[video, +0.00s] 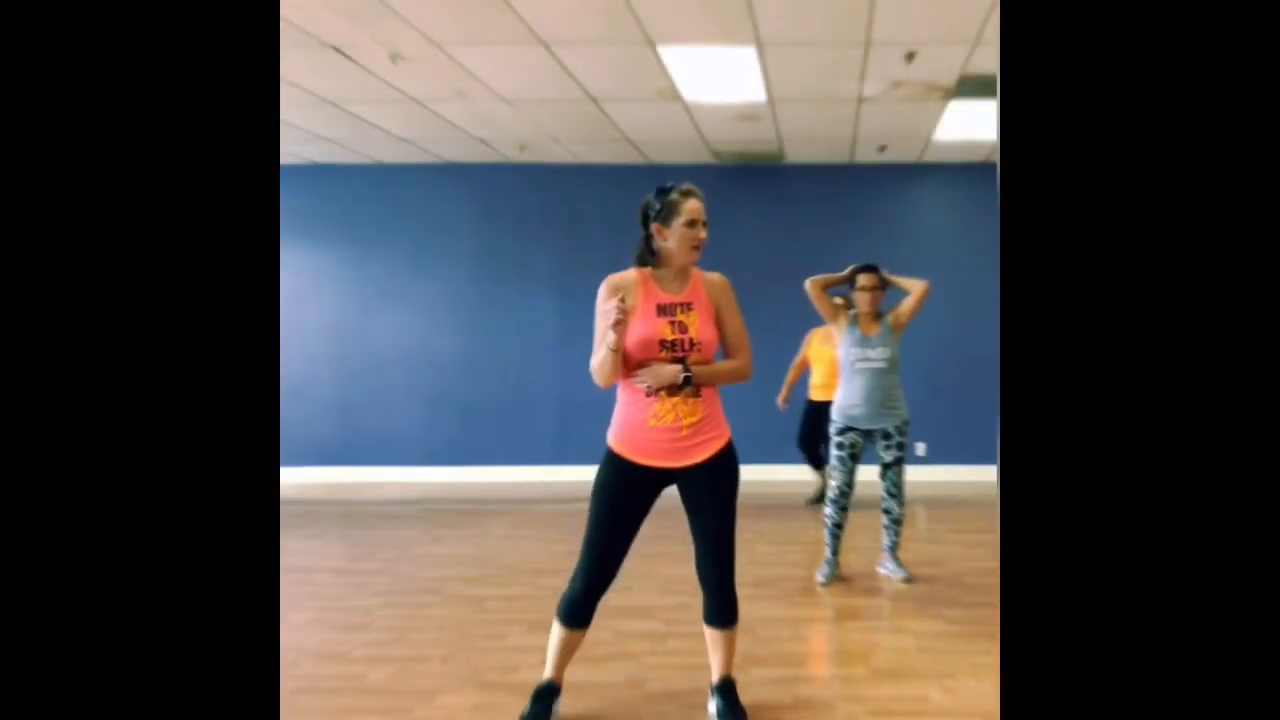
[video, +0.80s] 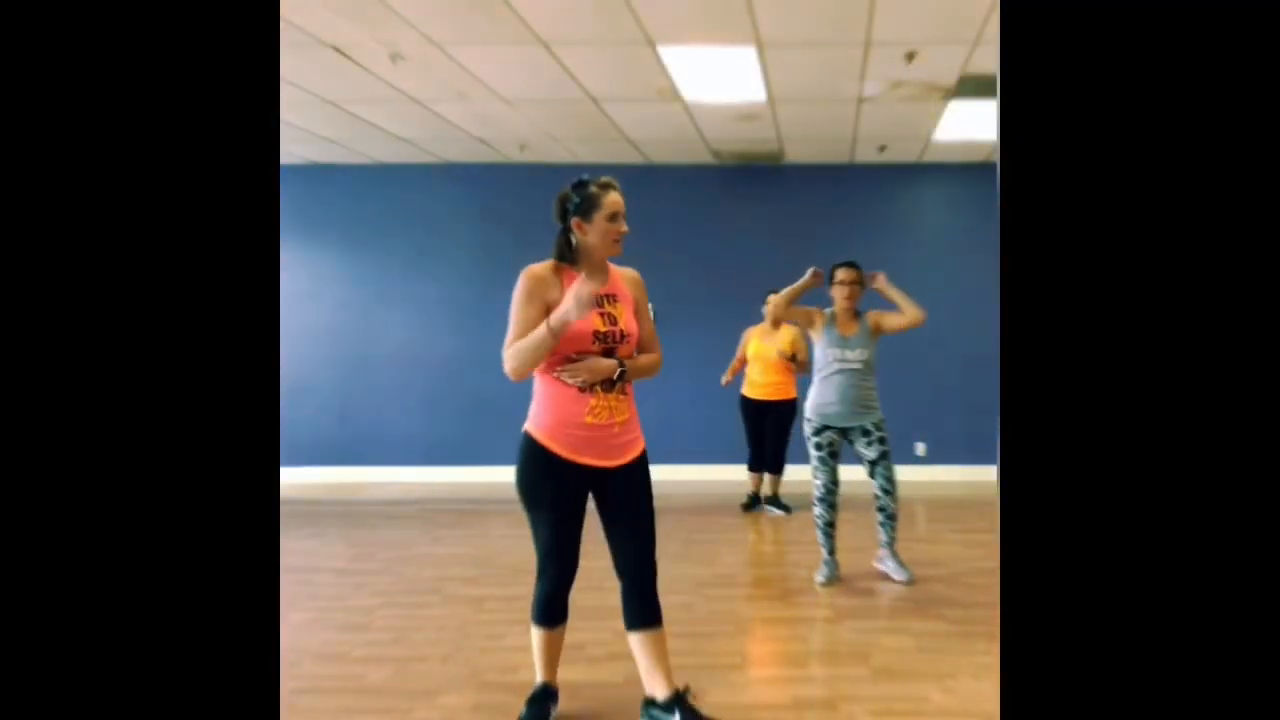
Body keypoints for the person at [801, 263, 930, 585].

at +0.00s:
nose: (869, 295)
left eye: (875, 289)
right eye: (863, 289)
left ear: (883, 293)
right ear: (852, 294)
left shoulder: (892, 324)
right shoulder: (840, 321)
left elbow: (922, 288)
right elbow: (811, 285)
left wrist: (890, 279)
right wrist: (844, 277)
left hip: (889, 417)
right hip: (847, 417)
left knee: (893, 492)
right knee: (839, 490)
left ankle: (889, 557)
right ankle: (830, 560)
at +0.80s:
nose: (847, 290)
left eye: (853, 284)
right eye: (841, 284)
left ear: (862, 289)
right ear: (831, 289)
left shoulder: (872, 322)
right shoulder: (817, 319)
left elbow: (916, 317)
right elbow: (775, 309)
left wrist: (885, 287)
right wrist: (806, 283)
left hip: (865, 417)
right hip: (822, 418)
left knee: (886, 483)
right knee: (825, 490)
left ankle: (887, 554)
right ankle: (828, 560)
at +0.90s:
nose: (851, 288)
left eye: (857, 283)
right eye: (845, 283)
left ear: (866, 289)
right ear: (835, 289)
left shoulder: (878, 323)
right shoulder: (822, 322)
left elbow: (922, 337)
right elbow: (776, 331)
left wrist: (903, 299)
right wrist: (796, 294)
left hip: (870, 418)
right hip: (827, 418)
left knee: (890, 486)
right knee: (827, 491)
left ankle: (899, 554)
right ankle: (828, 560)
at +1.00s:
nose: (858, 288)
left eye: (864, 283)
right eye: (852, 282)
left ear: (873, 289)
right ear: (842, 289)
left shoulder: (885, 324)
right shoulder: (828, 324)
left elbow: (920, 358)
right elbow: (796, 357)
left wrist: (920, 327)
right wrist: (793, 324)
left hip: (877, 420)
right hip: (834, 419)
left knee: (894, 488)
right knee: (831, 491)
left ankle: (906, 557)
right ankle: (828, 560)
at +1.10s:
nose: (867, 288)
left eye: (873, 282)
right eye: (861, 282)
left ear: (882, 290)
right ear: (850, 290)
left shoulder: (895, 326)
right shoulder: (836, 327)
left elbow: (916, 365)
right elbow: (818, 370)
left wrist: (930, 364)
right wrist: (803, 366)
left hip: (888, 421)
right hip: (844, 421)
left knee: (900, 491)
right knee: (838, 491)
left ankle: (907, 558)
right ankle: (829, 560)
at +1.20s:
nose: (877, 288)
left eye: (883, 282)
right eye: (870, 282)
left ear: (892, 289)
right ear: (860, 290)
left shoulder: (904, 325)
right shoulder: (846, 328)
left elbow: (921, 366)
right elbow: (837, 372)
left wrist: (932, 390)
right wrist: (826, 399)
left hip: (899, 421)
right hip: (855, 421)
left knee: (907, 491)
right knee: (844, 490)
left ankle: (908, 558)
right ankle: (831, 559)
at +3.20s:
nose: (878, 285)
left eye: (884, 279)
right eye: (872, 280)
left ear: (892, 287)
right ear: (861, 286)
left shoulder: (904, 325)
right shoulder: (845, 324)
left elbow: (921, 369)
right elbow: (828, 370)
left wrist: (905, 392)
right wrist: (852, 400)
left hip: (894, 418)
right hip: (854, 418)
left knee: (893, 491)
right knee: (857, 490)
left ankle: (889, 557)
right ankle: (860, 558)